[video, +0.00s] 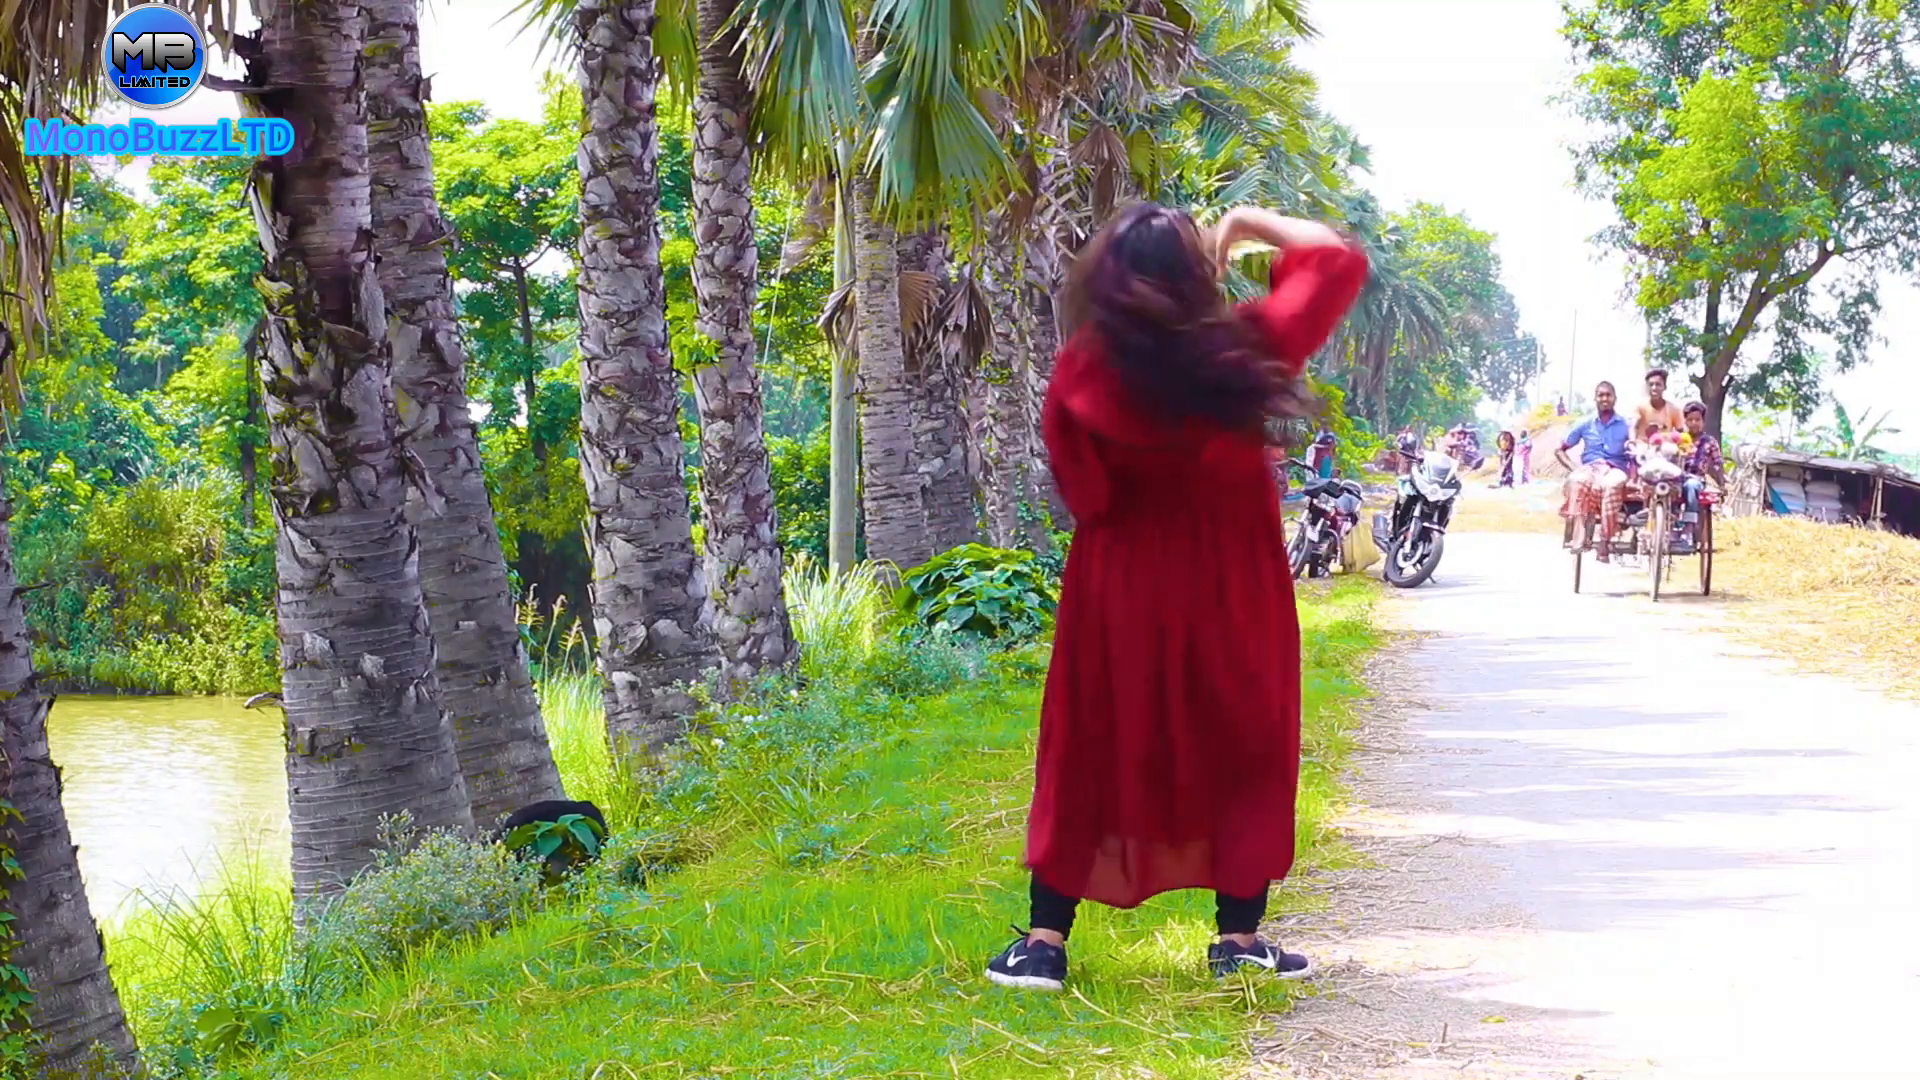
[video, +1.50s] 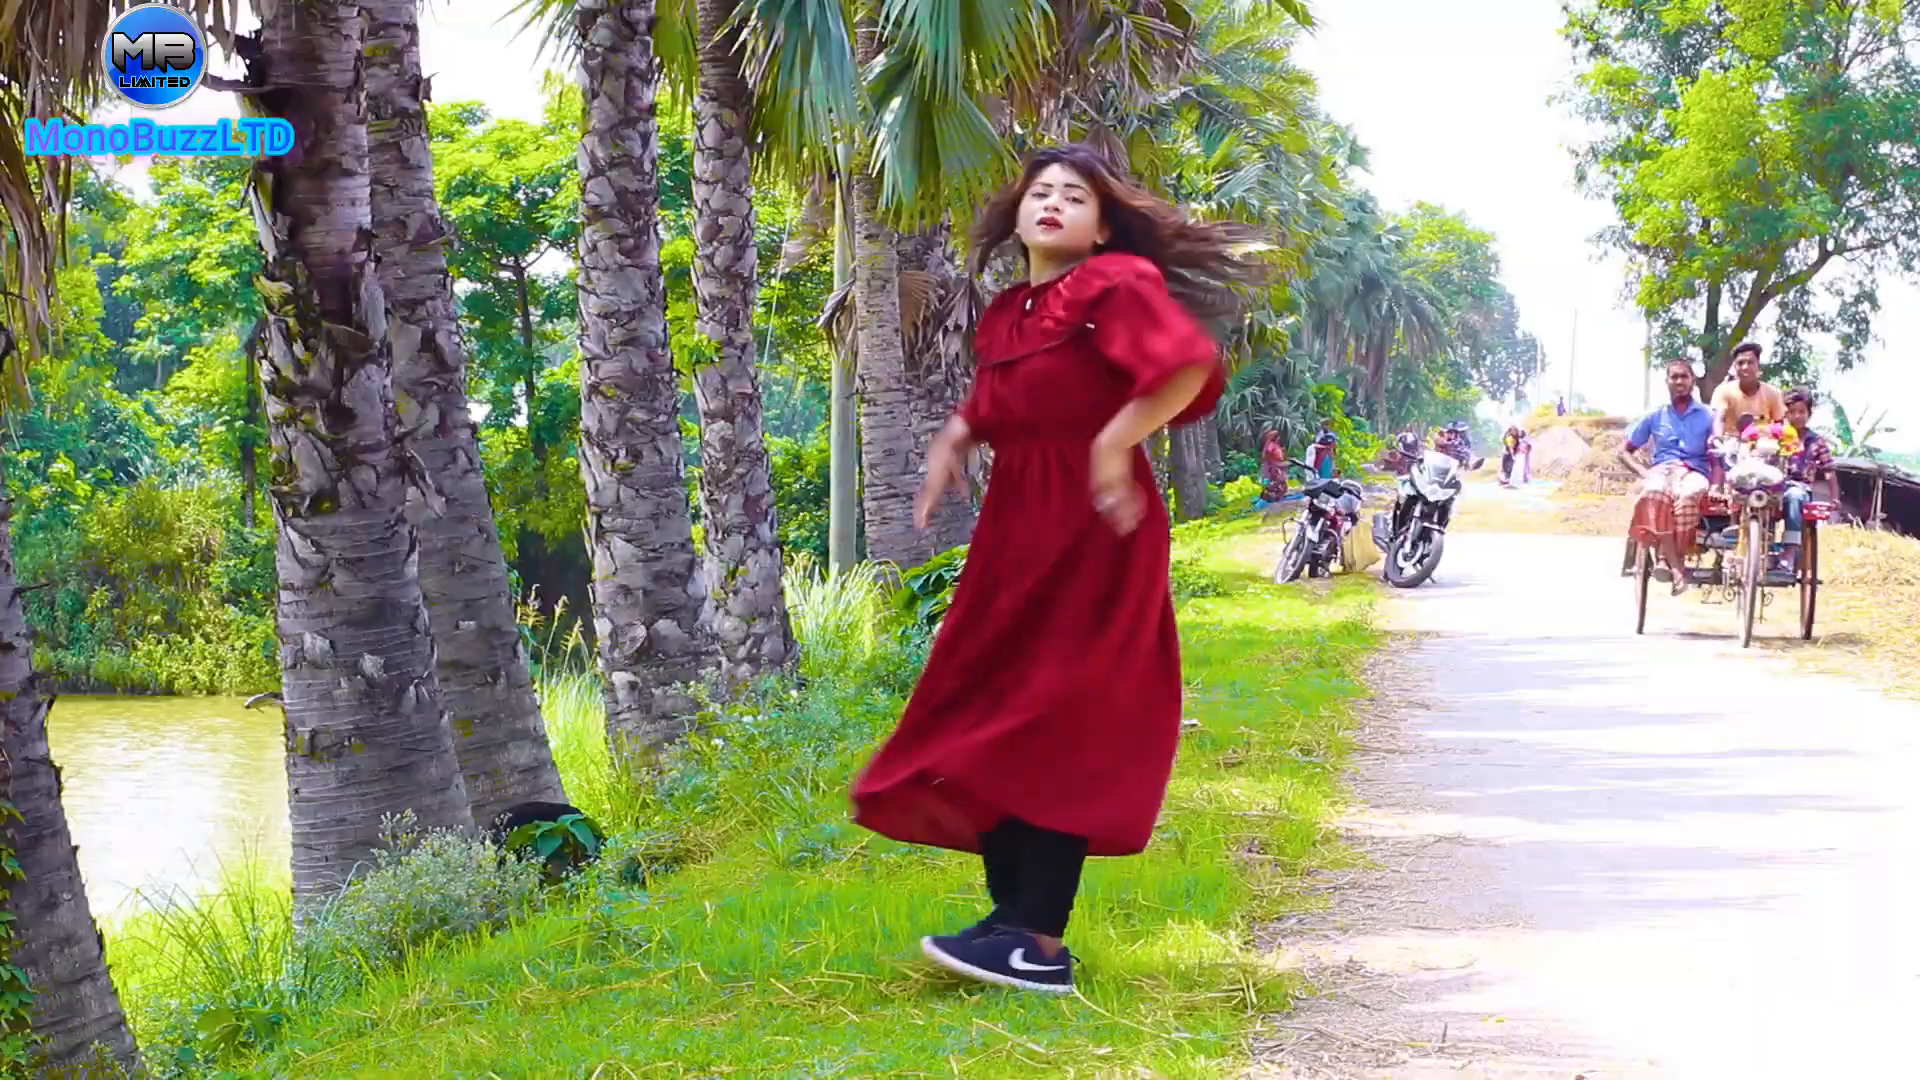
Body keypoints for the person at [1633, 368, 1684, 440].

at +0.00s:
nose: (1654, 388)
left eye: (1658, 384)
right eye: (1651, 384)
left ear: (1665, 387)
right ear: (1647, 387)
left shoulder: (1673, 410)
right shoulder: (1641, 407)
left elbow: (1682, 431)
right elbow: (1633, 426)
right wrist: (1632, 441)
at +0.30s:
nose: (1668, 385)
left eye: (1672, 382)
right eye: (1664, 382)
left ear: (1679, 384)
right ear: (1661, 384)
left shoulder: (1688, 408)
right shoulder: (1654, 407)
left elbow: (1695, 430)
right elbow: (1646, 427)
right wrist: (1645, 442)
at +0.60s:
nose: (1683, 383)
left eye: (1687, 379)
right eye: (1679, 379)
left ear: (1694, 381)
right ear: (1675, 381)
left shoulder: (1707, 404)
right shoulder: (1670, 406)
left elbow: (1714, 430)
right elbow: (1662, 427)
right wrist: (1661, 441)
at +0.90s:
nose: (1702, 379)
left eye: (1706, 375)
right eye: (1698, 375)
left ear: (1715, 377)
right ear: (1693, 378)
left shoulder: (1726, 402)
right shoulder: (1686, 400)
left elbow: (1735, 428)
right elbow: (1680, 424)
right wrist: (1679, 440)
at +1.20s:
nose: (1722, 375)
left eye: (1728, 370)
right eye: (1718, 370)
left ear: (1736, 374)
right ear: (1712, 373)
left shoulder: (1749, 399)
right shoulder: (1703, 395)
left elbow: (1756, 426)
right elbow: (1697, 421)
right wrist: (1696, 438)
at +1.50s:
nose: (1745, 367)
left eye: (1750, 362)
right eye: (1741, 363)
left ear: (1758, 365)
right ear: (1735, 366)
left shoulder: (1772, 393)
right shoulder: (1724, 391)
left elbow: (1780, 423)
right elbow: (1718, 418)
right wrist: (1718, 436)